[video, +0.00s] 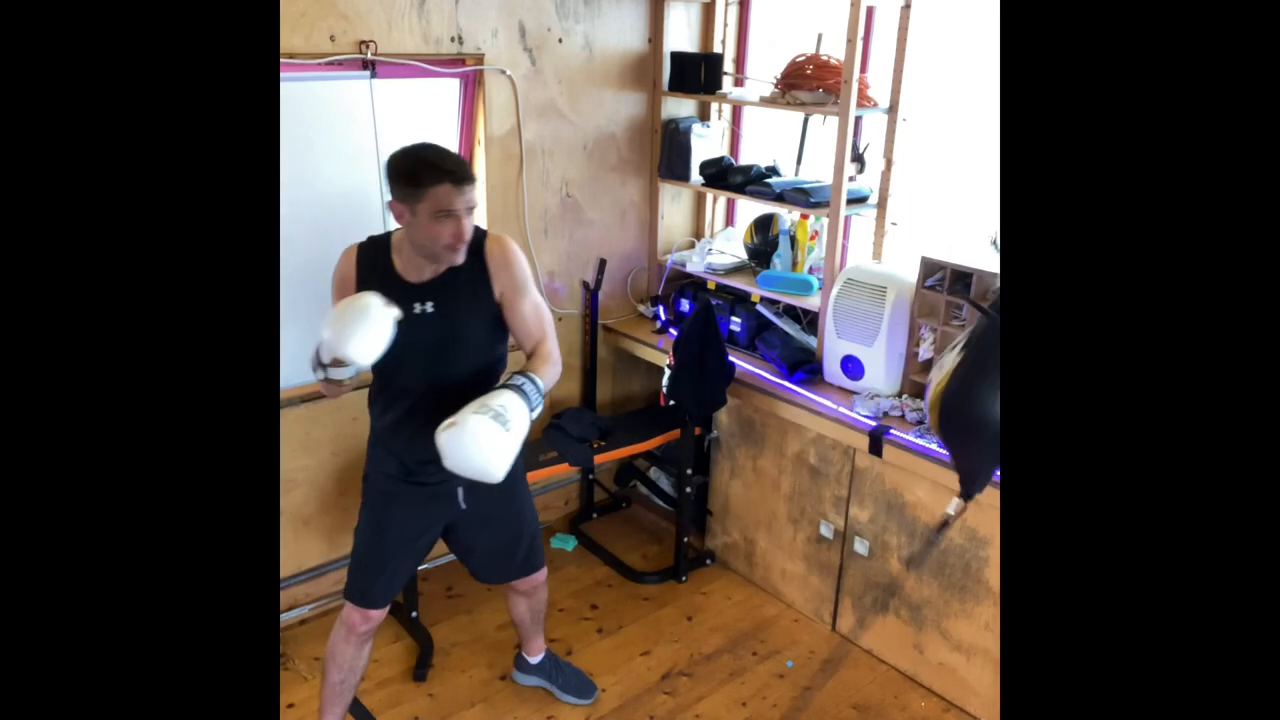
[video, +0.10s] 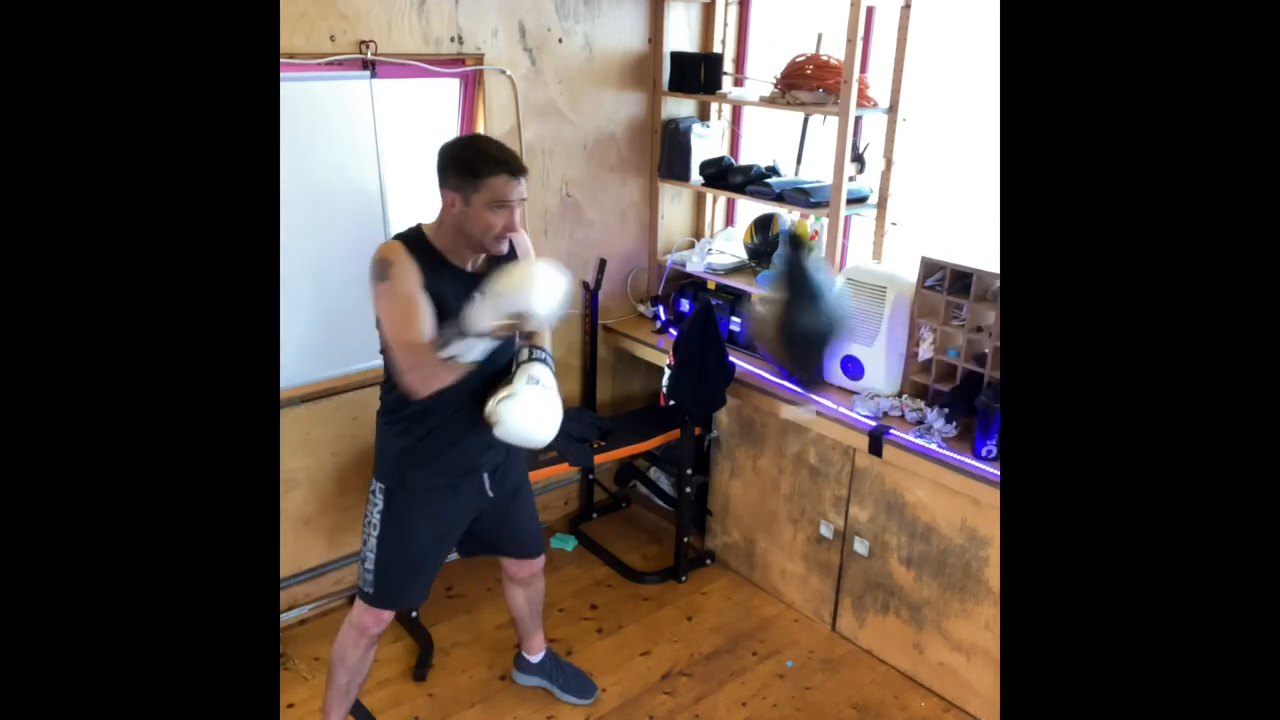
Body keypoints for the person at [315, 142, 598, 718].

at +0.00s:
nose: (464, 230)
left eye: (470, 212)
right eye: (446, 216)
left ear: (477, 204)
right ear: (400, 214)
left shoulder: (499, 258)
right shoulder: (359, 267)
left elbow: (546, 353)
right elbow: (334, 384)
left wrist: (520, 399)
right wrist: (338, 359)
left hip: (487, 451)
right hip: (402, 459)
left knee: (530, 577)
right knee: (363, 614)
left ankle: (535, 659)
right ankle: (333, 713)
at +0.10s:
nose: (515, 224)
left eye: (519, 207)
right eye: (500, 207)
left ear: (522, 202)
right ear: (453, 202)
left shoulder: (511, 247)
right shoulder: (398, 262)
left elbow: (534, 323)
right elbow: (418, 378)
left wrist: (536, 372)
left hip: (495, 442)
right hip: (421, 457)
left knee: (527, 564)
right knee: (374, 613)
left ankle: (535, 658)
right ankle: (336, 712)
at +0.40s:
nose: (484, 226)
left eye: (498, 209)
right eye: (468, 209)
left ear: (513, 201)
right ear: (441, 198)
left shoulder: (513, 248)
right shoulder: (402, 264)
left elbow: (534, 353)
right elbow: (396, 387)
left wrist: (542, 326)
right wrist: (486, 403)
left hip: (494, 432)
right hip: (419, 440)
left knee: (526, 562)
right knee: (389, 620)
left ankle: (534, 657)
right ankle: (350, 714)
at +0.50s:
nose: (431, 233)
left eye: (447, 215)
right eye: (415, 215)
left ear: (474, 204)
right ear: (399, 206)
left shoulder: (506, 251)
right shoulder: (373, 257)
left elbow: (534, 359)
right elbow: (351, 364)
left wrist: (481, 328)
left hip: (492, 448)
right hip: (409, 454)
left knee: (530, 577)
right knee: (377, 621)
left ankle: (534, 659)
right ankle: (347, 713)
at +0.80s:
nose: (471, 225)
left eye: (478, 208)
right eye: (454, 211)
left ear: (485, 199)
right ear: (410, 207)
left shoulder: (505, 254)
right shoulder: (371, 261)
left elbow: (549, 355)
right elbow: (347, 368)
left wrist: (502, 398)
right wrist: (341, 356)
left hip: (495, 445)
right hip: (408, 452)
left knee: (535, 581)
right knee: (376, 616)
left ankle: (536, 662)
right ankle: (347, 715)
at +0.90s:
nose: (528, 223)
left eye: (532, 208)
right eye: (517, 207)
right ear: (469, 199)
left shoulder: (523, 251)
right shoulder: (414, 260)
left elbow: (551, 322)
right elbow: (427, 370)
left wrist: (545, 372)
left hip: (500, 445)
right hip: (429, 458)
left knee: (538, 573)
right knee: (384, 620)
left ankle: (535, 661)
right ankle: (347, 713)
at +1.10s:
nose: (604, 214)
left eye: (611, 201)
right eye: (598, 197)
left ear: (559, 190)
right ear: (554, 184)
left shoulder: (549, 252)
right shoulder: (515, 250)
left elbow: (541, 334)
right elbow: (522, 368)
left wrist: (587, 323)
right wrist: (612, 380)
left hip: (533, 438)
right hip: (484, 446)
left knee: (544, 543)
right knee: (464, 608)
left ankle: (530, 652)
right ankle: (385, 713)